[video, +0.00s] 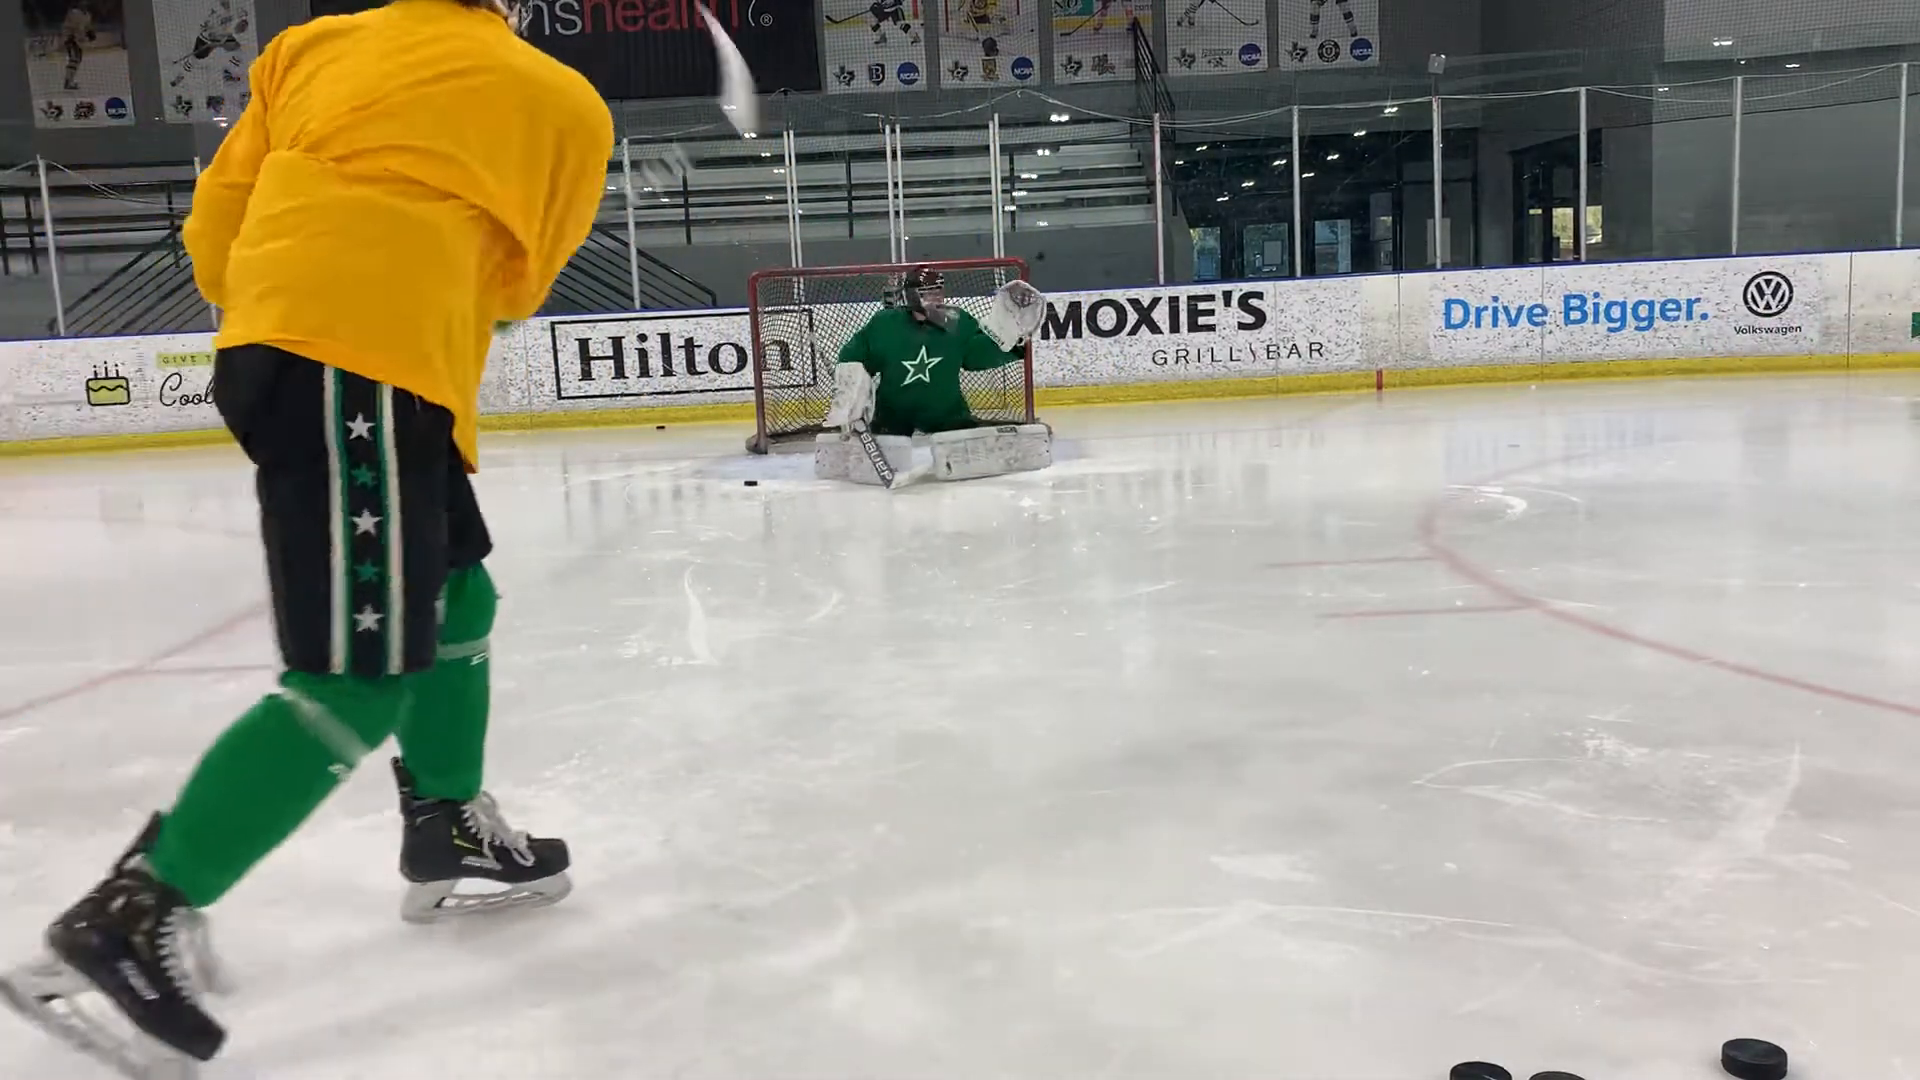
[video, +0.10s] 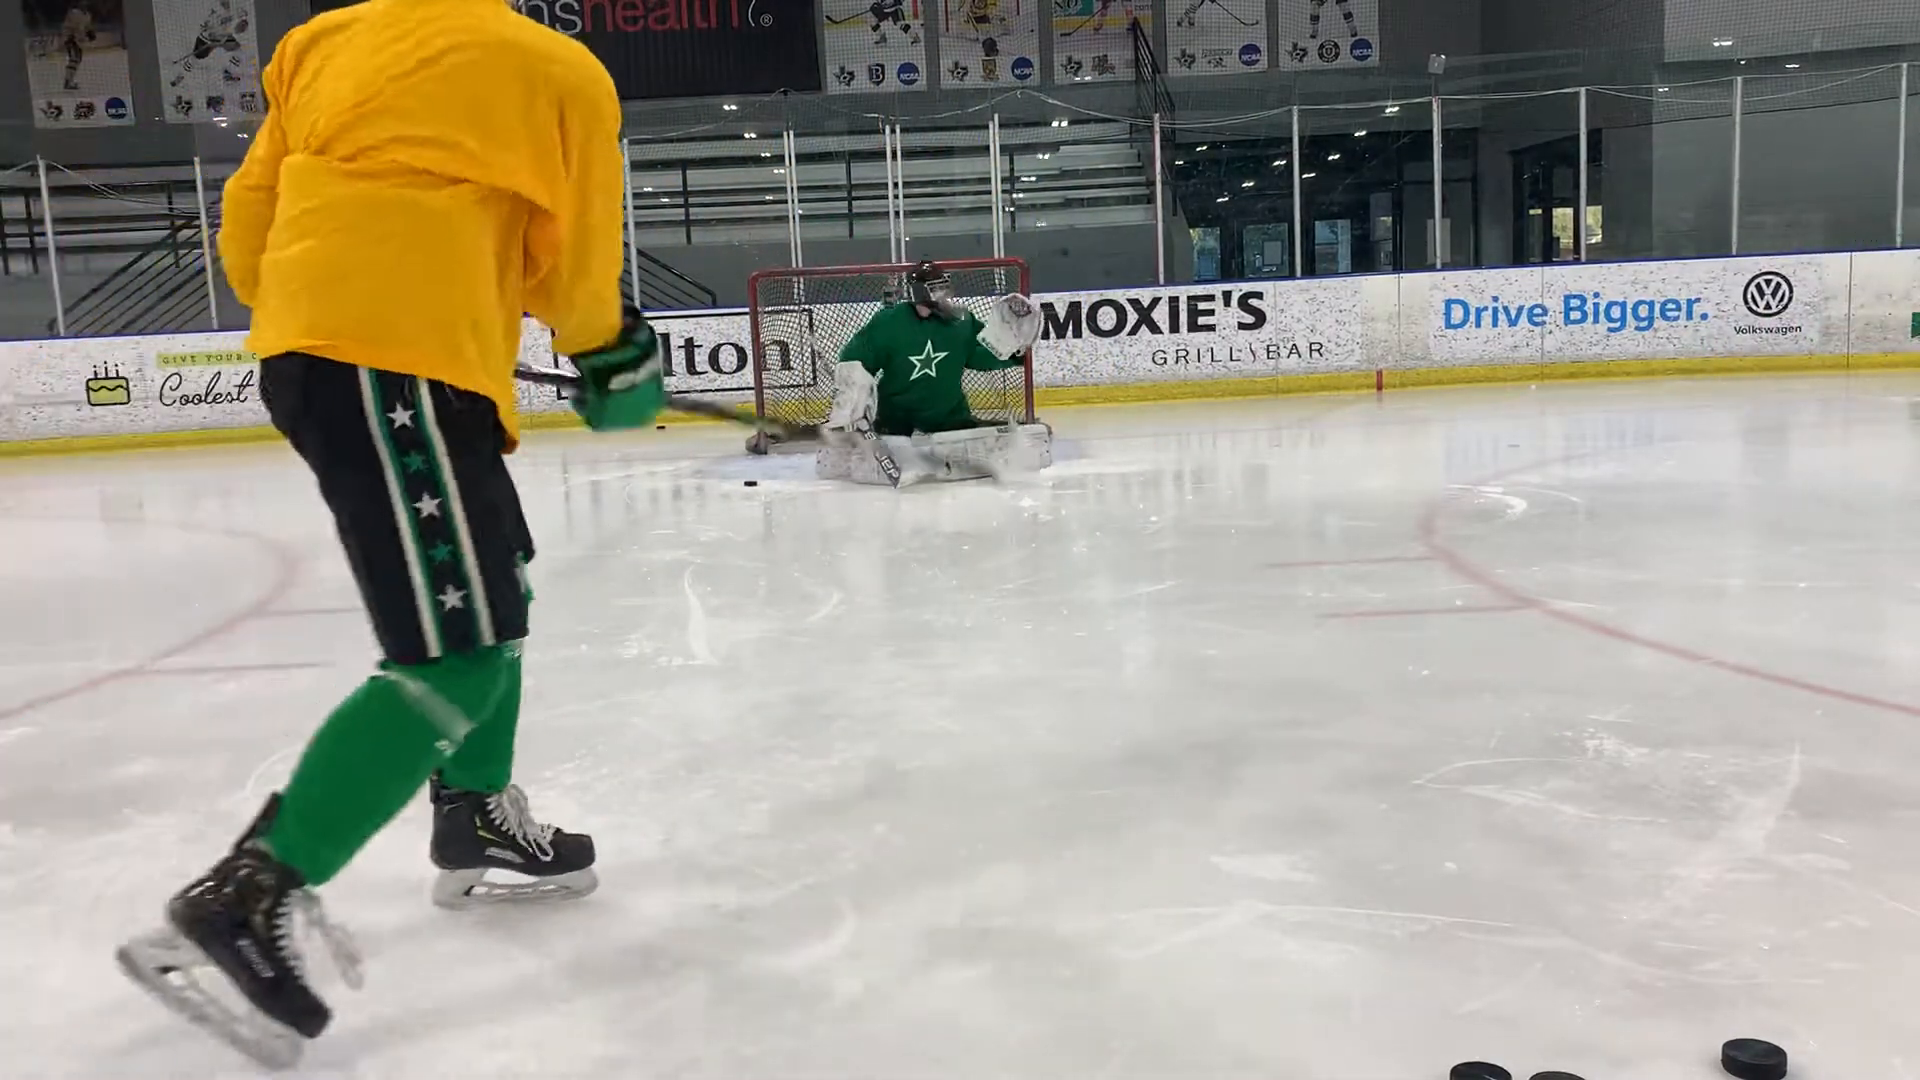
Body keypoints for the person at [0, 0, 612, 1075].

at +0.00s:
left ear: (401, 5)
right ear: (502, 14)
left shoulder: (312, 48)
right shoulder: (567, 97)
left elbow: (211, 219)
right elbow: (521, 282)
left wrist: (274, 329)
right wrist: (400, 311)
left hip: (269, 345)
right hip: (379, 357)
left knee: (456, 595)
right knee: (357, 681)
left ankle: (447, 825)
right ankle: (133, 913)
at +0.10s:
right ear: (520, 6)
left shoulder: (335, 40)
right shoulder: (565, 65)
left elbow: (243, 226)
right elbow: (584, 275)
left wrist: (315, 317)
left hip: (307, 345)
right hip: (407, 351)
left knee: (495, 583)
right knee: (454, 659)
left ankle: (476, 811)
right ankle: (249, 891)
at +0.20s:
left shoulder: (365, 29)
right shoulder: (574, 47)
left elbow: (291, 219)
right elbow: (599, 245)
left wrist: (365, 311)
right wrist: (647, 382)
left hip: (349, 338)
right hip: (441, 342)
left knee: (481, 606)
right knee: (521, 636)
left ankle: (480, 812)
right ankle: (349, 891)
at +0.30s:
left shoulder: (402, 22)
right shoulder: (569, 30)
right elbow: (588, 238)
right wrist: (651, 381)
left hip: (392, 326)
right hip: (462, 331)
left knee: (504, 606)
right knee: (559, 619)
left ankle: (483, 826)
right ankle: (445, 897)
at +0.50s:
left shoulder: (563, 15)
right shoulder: (538, 10)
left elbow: (579, 201)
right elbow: (575, 201)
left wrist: (693, 348)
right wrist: (685, 355)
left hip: (520, 324)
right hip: (485, 327)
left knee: (577, 610)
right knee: (580, 620)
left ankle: (538, 827)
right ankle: (518, 896)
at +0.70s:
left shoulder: (567, 14)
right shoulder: (492, 8)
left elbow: (586, 187)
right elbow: (553, 193)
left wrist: (692, 341)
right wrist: (682, 338)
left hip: (586, 329)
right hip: (515, 330)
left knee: (642, 592)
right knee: (606, 605)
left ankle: (625, 829)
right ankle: (596, 891)